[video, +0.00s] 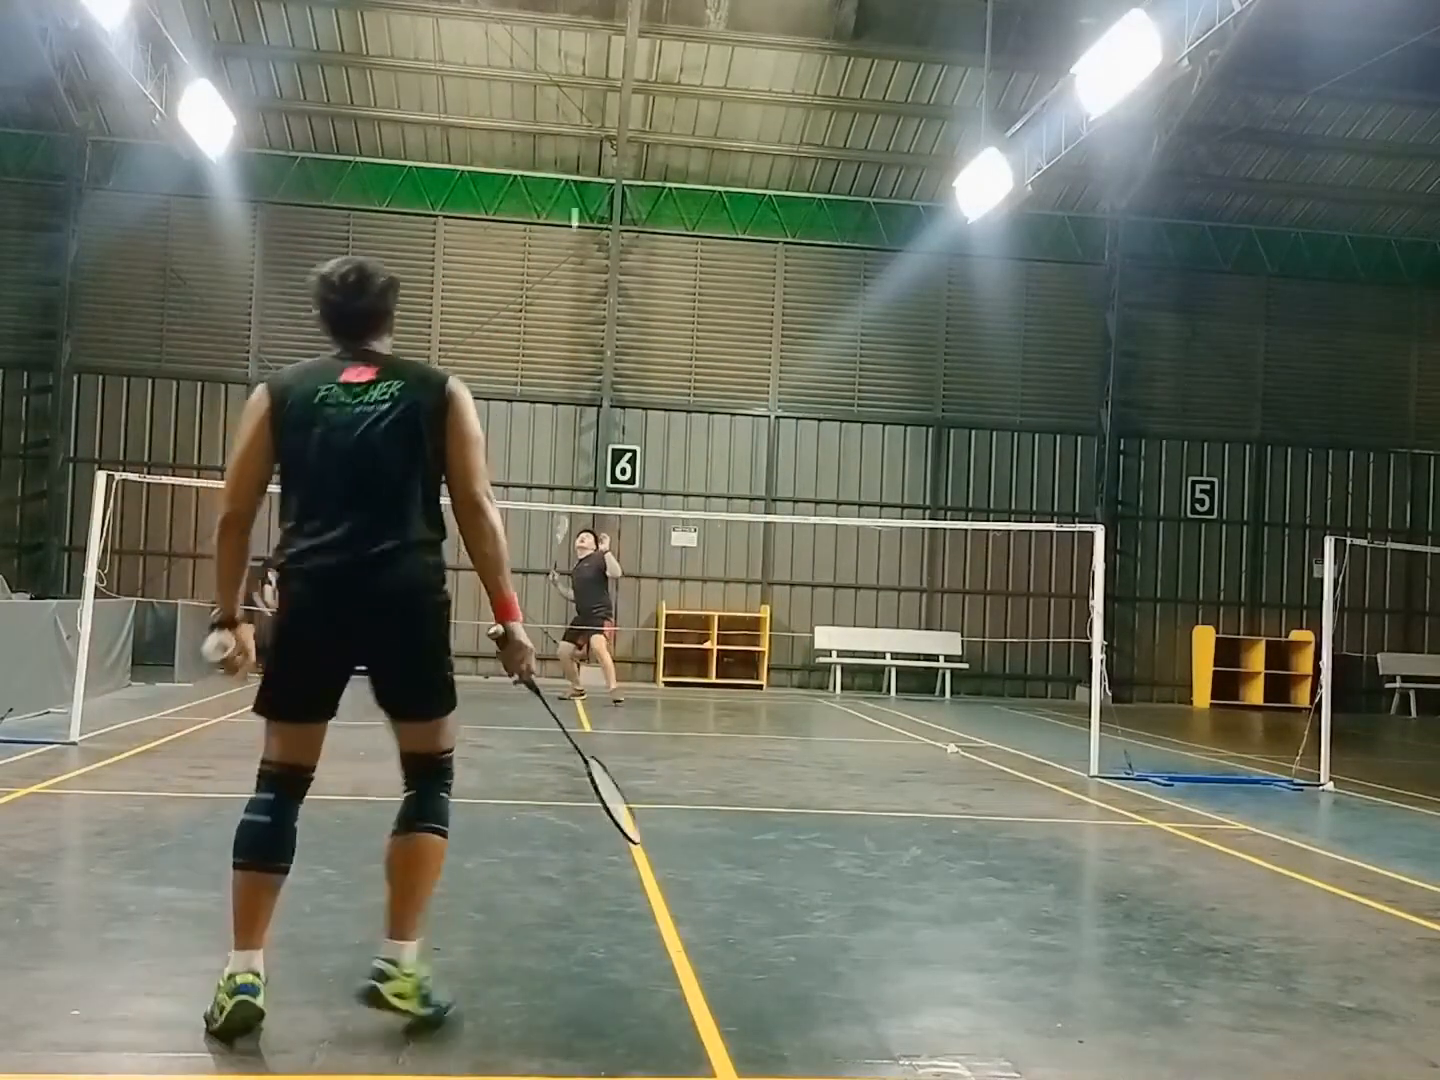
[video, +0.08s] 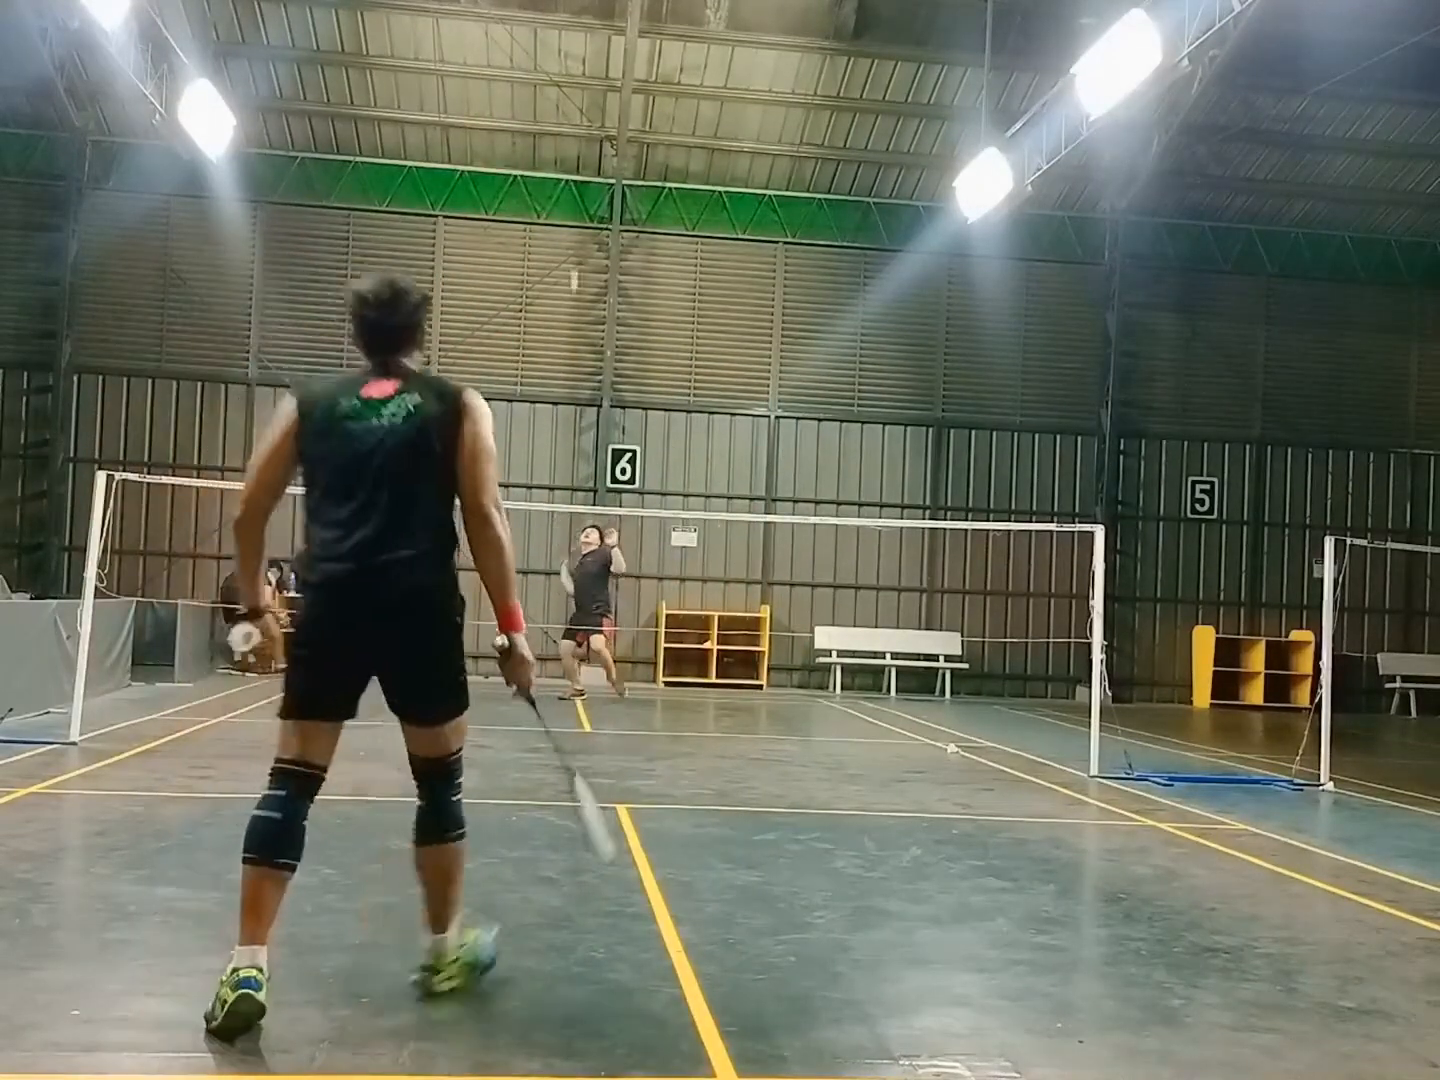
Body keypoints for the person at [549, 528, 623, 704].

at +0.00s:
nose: (582, 540)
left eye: (587, 538)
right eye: (579, 538)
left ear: (595, 544)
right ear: (575, 544)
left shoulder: (600, 557)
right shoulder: (577, 568)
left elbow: (616, 573)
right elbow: (574, 596)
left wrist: (606, 551)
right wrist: (557, 583)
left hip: (600, 612)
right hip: (582, 614)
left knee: (597, 645)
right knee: (564, 652)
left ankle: (613, 688)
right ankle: (577, 688)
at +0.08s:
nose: (587, 536)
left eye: (592, 533)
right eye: (585, 533)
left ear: (599, 540)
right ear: (580, 539)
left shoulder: (604, 553)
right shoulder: (580, 563)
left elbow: (619, 568)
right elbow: (572, 590)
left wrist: (614, 547)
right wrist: (564, 571)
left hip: (598, 609)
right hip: (581, 611)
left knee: (597, 646)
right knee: (565, 649)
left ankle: (613, 679)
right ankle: (577, 687)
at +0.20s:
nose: (595, 530)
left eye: (600, 527)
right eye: (594, 527)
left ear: (610, 534)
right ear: (590, 532)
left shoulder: (611, 550)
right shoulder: (581, 554)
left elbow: (626, 566)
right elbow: (563, 565)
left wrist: (624, 544)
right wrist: (570, 549)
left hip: (599, 603)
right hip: (579, 602)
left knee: (601, 644)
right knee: (574, 645)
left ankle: (611, 673)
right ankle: (577, 685)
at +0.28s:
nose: (608, 536)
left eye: (611, 534)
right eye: (607, 533)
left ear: (615, 535)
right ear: (602, 532)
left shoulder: (616, 550)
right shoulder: (586, 546)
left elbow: (627, 561)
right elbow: (566, 540)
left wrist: (623, 539)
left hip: (602, 599)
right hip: (581, 597)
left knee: (606, 640)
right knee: (574, 641)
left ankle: (612, 668)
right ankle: (574, 681)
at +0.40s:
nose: (621, 535)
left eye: (623, 533)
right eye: (617, 532)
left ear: (628, 540)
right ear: (609, 533)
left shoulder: (625, 558)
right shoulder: (595, 546)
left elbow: (617, 557)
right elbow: (583, 529)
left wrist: (605, 537)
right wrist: (576, 511)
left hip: (607, 603)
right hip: (587, 600)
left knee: (608, 644)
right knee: (575, 638)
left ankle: (609, 680)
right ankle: (571, 677)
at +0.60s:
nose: (619, 544)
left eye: (623, 541)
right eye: (615, 540)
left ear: (628, 547)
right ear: (609, 544)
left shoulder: (629, 567)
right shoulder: (600, 562)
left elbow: (635, 585)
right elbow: (589, 584)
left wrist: (614, 575)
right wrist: (591, 607)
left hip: (614, 612)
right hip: (593, 609)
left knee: (611, 650)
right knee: (572, 636)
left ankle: (605, 685)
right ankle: (549, 666)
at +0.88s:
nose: (612, 538)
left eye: (615, 535)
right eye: (608, 534)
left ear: (621, 540)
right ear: (602, 538)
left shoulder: (627, 562)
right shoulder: (593, 559)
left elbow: (637, 589)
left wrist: (614, 595)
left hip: (613, 620)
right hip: (590, 619)